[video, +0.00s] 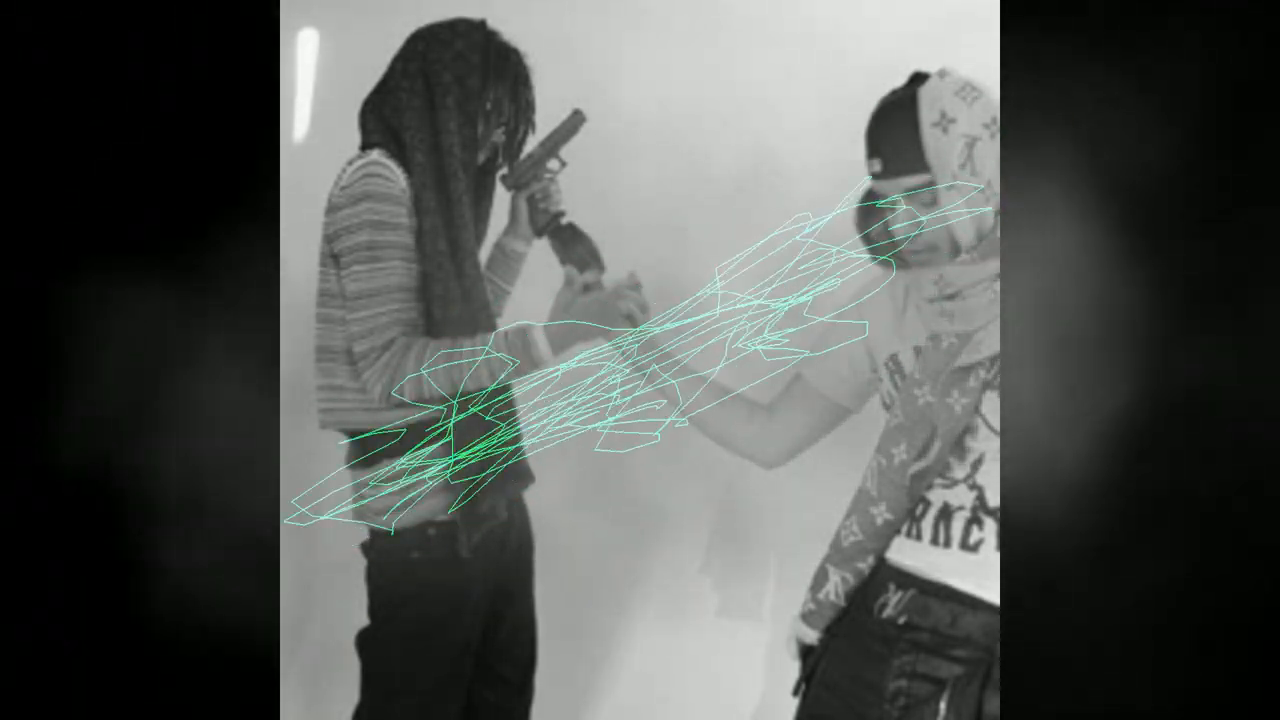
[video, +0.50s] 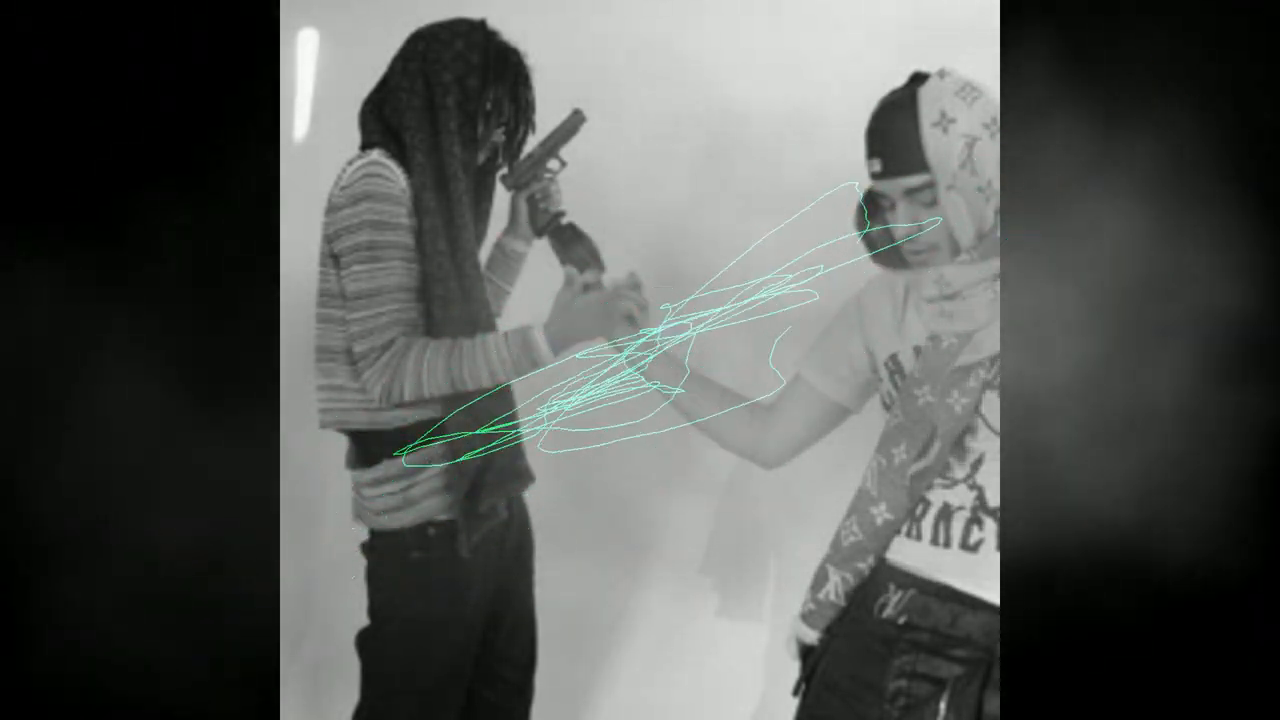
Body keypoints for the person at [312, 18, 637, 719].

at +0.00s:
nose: (499, 143)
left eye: (506, 125)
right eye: (493, 119)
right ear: (449, 107)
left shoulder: (426, 192)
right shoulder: (377, 182)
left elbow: (461, 333)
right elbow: (390, 369)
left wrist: (519, 234)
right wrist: (553, 337)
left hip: (489, 506)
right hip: (425, 520)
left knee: (499, 702)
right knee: (411, 705)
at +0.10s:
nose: (497, 142)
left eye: (505, 124)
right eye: (492, 119)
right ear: (449, 107)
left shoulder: (428, 191)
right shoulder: (377, 182)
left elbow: (463, 330)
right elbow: (387, 369)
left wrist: (518, 233)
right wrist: (552, 336)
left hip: (486, 500)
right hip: (422, 516)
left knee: (500, 699)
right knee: (411, 704)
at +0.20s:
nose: (499, 143)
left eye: (506, 125)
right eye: (493, 120)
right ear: (450, 107)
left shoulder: (427, 191)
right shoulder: (377, 182)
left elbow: (461, 333)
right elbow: (386, 368)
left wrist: (519, 234)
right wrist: (546, 342)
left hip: (488, 505)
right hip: (423, 522)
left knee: (499, 702)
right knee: (412, 706)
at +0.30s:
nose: (497, 144)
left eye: (504, 127)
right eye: (492, 121)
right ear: (449, 108)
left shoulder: (428, 191)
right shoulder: (377, 182)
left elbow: (465, 326)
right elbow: (381, 369)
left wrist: (521, 228)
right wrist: (549, 334)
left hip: (482, 474)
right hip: (419, 484)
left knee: (499, 692)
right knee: (416, 695)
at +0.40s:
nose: (497, 144)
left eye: (503, 125)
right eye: (490, 120)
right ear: (448, 108)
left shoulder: (429, 192)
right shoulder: (376, 182)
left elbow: (463, 334)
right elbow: (384, 367)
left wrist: (518, 234)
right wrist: (552, 339)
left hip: (492, 510)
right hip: (423, 526)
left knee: (500, 702)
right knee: (410, 706)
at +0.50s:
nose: (497, 144)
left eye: (504, 126)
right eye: (492, 119)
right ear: (448, 108)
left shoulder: (427, 191)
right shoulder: (377, 182)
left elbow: (463, 330)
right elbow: (387, 370)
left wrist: (519, 234)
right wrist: (550, 338)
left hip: (486, 493)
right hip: (420, 509)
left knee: (500, 701)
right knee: (411, 705)